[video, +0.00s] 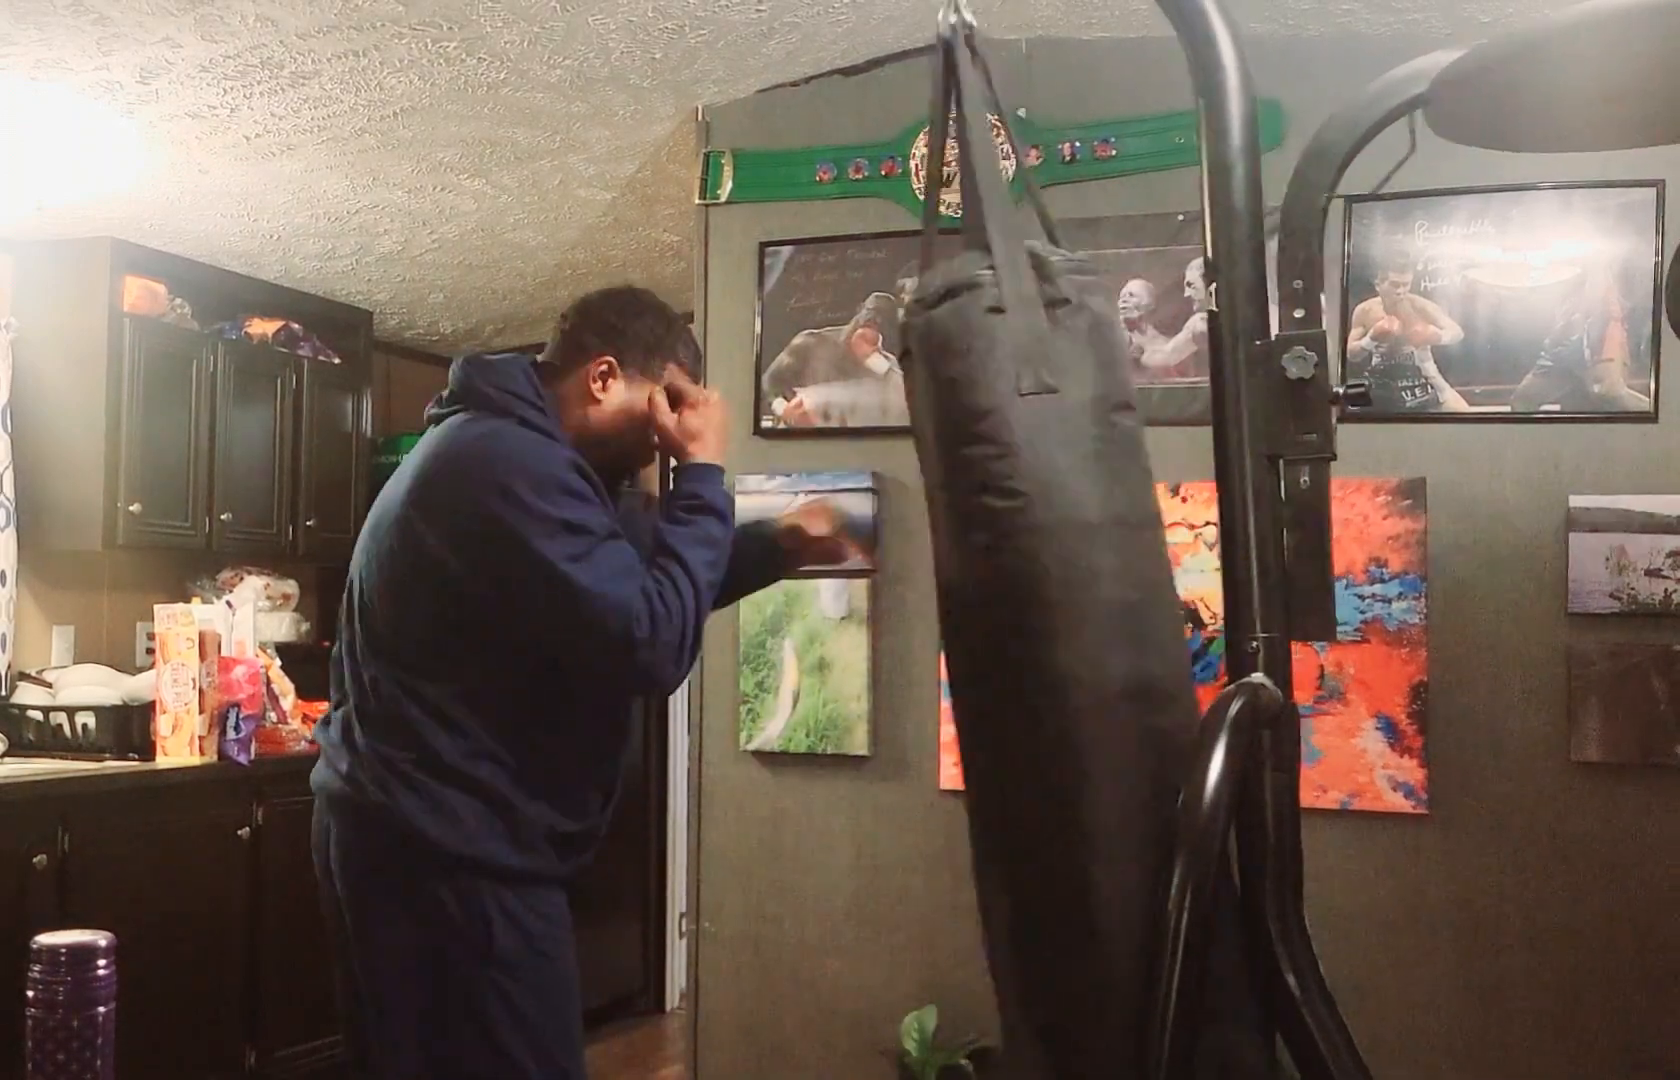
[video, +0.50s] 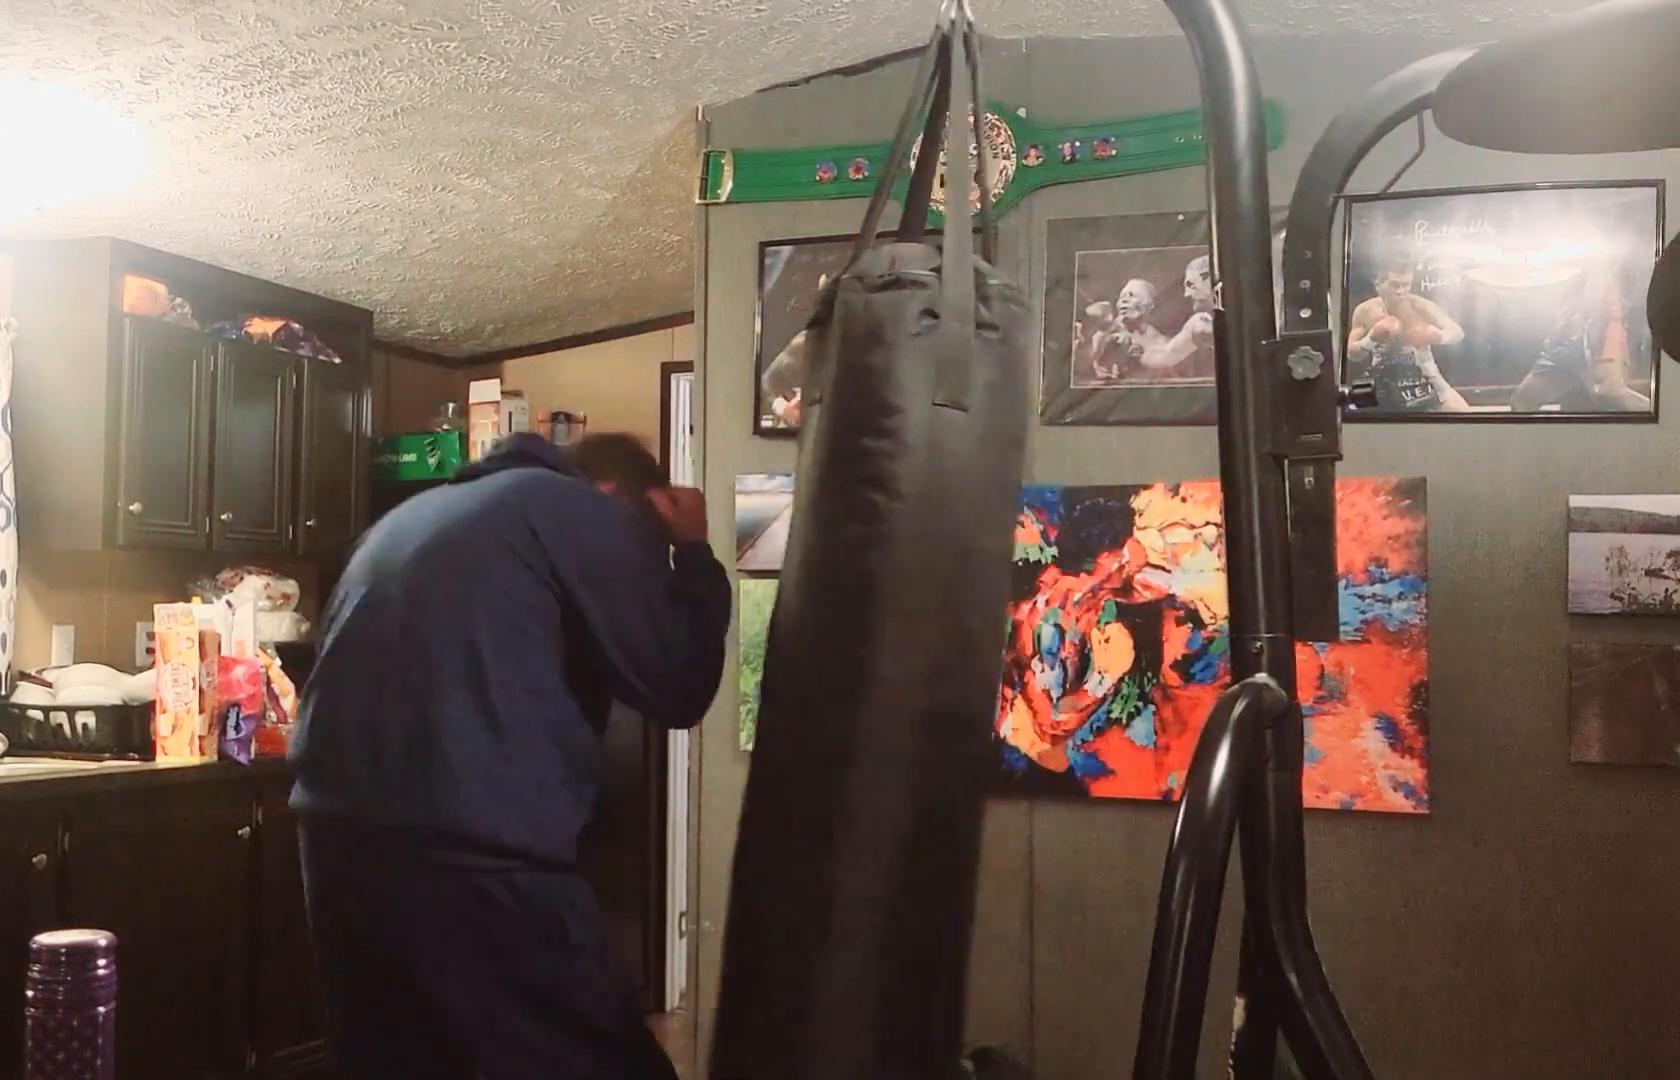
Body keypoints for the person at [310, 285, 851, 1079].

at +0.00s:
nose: (668, 438)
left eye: (679, 414)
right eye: (666, 407)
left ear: (593, 379)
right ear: (604, 379)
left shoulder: (497, 447)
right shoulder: (511, 465)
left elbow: (637, 583)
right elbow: (653, 643)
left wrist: (777, 545)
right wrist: (700, 469)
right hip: (457, 858)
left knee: (447, 1063)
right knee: (521, 1063)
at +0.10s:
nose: (653, 451)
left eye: (666, 427)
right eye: (654, 422)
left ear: (582, 389)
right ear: (601, 392)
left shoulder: (450, 446)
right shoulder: (528, 467)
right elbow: (659, 646)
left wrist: (682, 575)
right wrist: (695, 475)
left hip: (374, 831)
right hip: (461, 856)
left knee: (408, 1062)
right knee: (528, 1063)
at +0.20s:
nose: (618, 479)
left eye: (625, 469)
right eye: (623, 457)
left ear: (569, 403)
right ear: (590, 408)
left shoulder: (416, 449)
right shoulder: (538, 472)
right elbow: (663, 648)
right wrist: (685, 485)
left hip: (353, 826)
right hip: (462, 850)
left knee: (398, 1059)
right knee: (532, 1063)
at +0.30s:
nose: (610, 477)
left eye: (621, 463)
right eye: (614, 459)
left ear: (530, 409)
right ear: (578, 426)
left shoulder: (389, 462)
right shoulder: (550, 483)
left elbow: (323, 631)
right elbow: (663, 655)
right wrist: (675, 494)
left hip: (335, 840)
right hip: (470, 854)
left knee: (388, 1061)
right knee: (556, 1064)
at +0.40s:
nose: (619, 511)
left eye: (624, 496)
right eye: (619, 492)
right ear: (586, 457)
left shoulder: (388, 486)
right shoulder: (559, 495)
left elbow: (327, 645)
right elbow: (667, 670)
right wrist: (676, 518)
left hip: (330, 842)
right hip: (473, 854)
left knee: (379, 1062)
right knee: (583, 1064)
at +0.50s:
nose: (654, 542)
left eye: (654, 528)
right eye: (651, 523)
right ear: (617, 494)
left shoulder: (409, 516)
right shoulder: (578, 511)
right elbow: (681, 690)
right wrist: (694, 547)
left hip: (339, 850)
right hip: (487, 857)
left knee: (386, 1062)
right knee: (609, 1065)